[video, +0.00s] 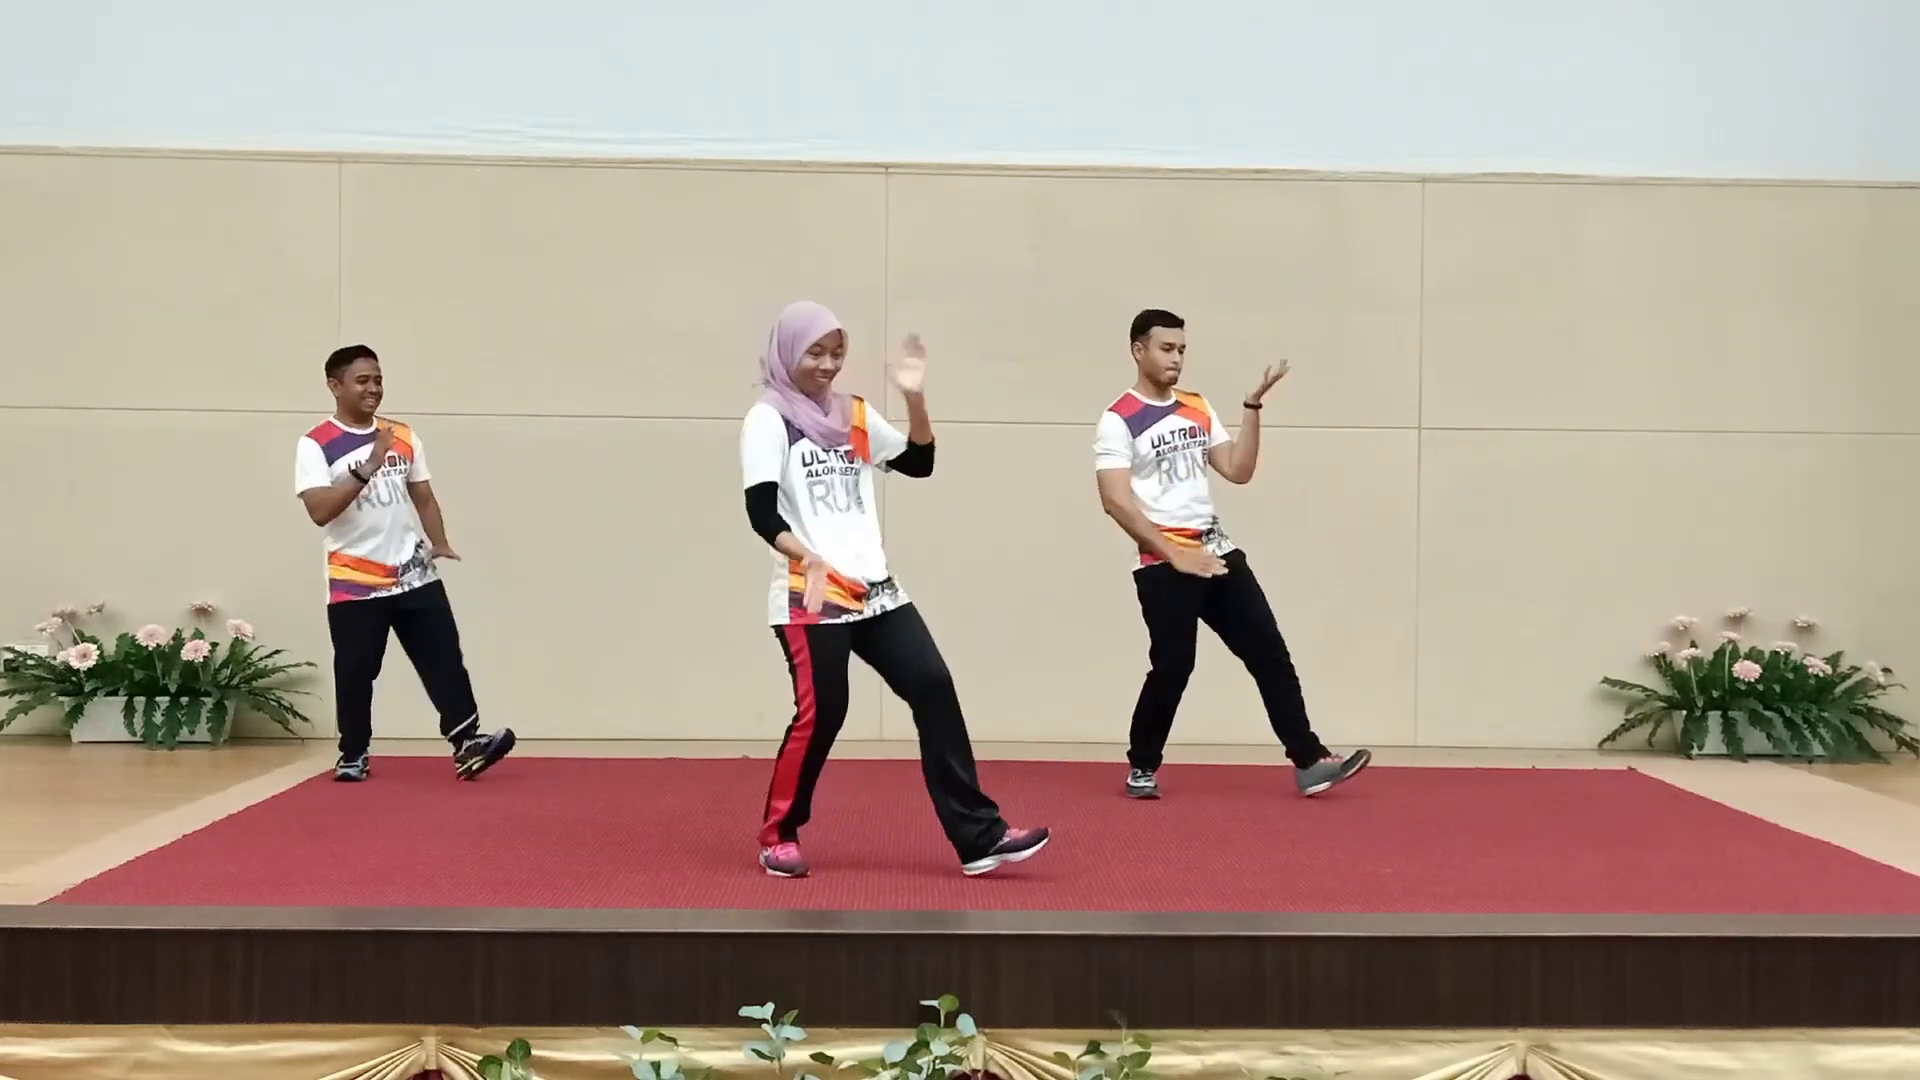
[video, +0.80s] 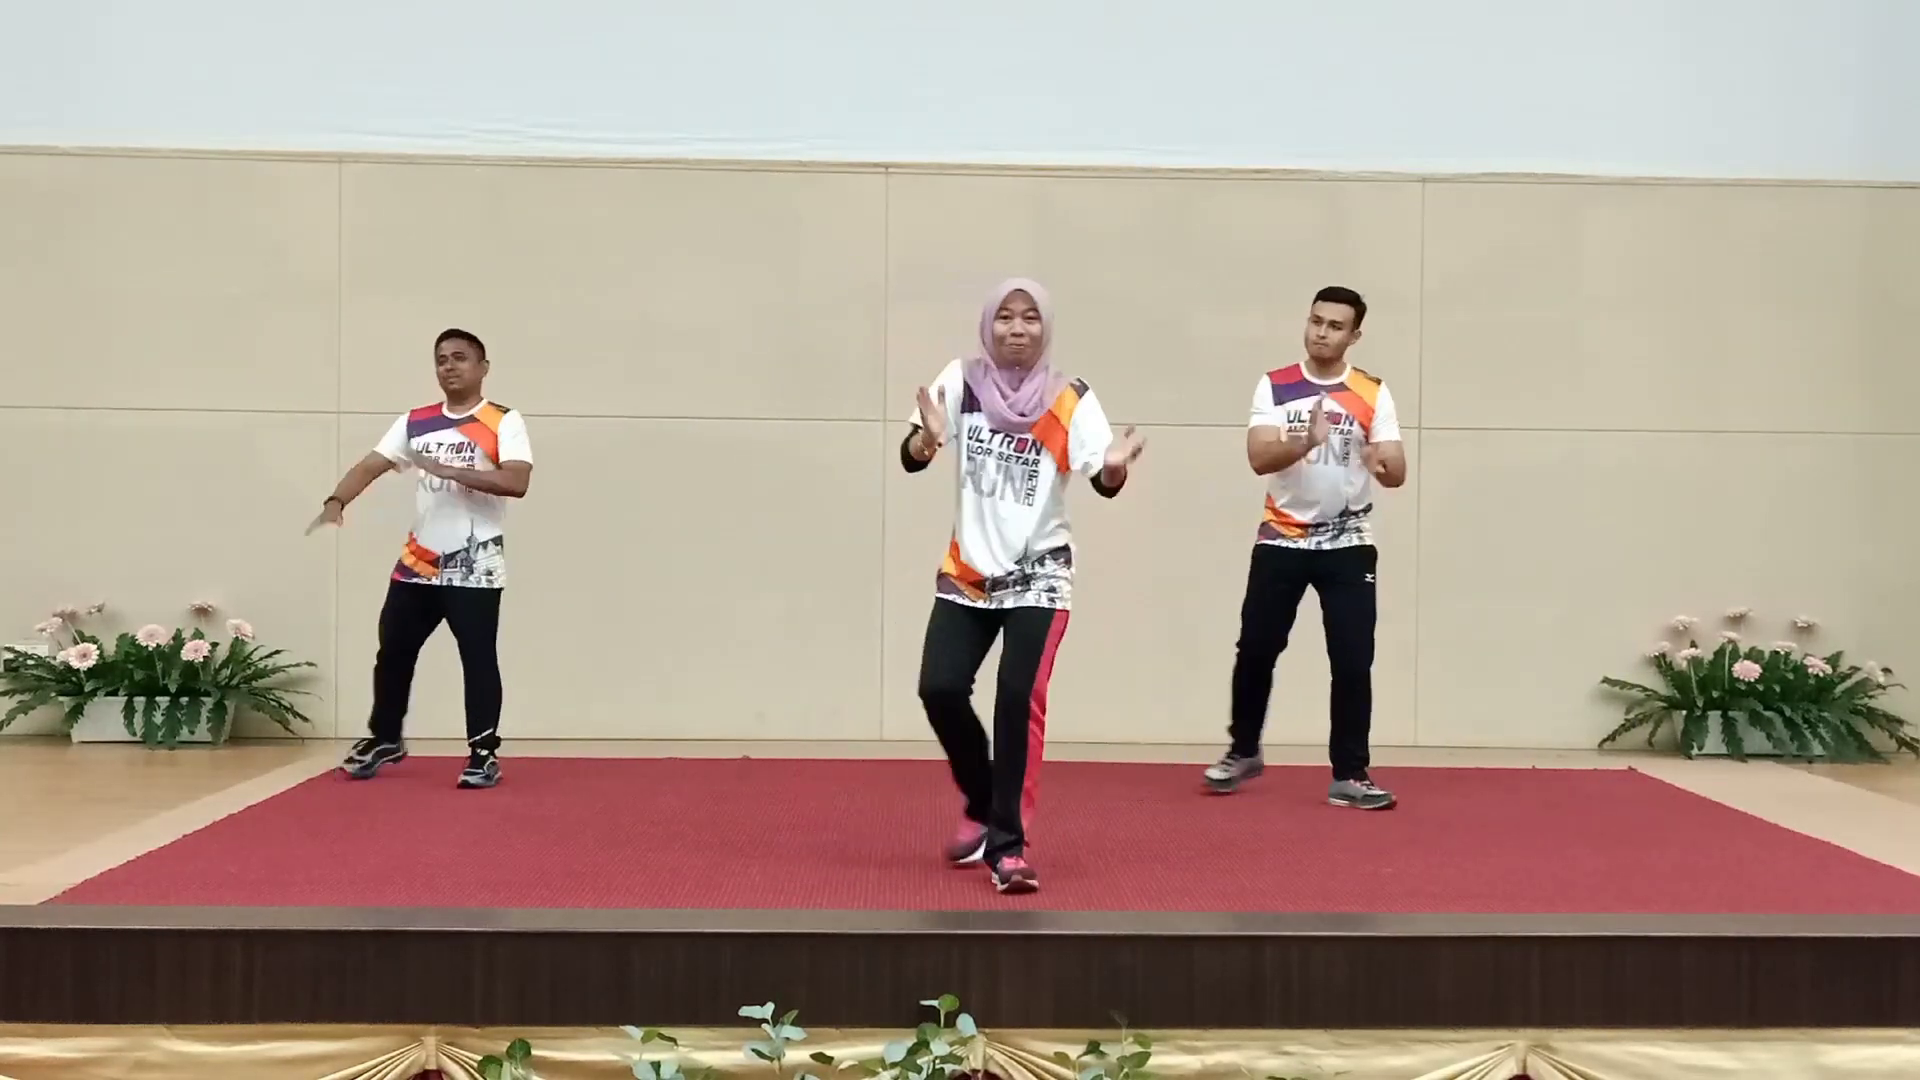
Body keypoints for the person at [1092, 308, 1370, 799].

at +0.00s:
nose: (1176, 358)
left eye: (1181, 350)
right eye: (1166, 349)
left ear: (1184, 354)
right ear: (1138, 350)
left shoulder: (1195, 407)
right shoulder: (1119, 419)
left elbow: (1239, 470)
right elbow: (1116, 500)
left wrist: (1251, 408)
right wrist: (1174, 553)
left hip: (1218, 557)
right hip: (1165, 567)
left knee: (1270, 656)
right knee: (1173, 666)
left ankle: (1310, 763)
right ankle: (1143, 767)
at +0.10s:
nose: (1181, 352)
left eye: (1186, 344)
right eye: (1172, 342)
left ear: (1190, 349)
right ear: (1144, 344)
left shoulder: (1198, 403)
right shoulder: (1122, 413)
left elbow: (1244, 464)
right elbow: (1120, 493)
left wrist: (1253, 404)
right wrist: (1185, 537)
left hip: (1219, 553)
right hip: (1164, 565)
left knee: (1275, 643)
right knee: (1168, 667)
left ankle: (1307, 756)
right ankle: (1142, 767)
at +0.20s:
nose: (1194, 334)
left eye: (1202, 326)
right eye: (1184, 323)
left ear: (1208, 333)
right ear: (1161, 326)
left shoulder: (1218, 388)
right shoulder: (1135, 392)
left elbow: (1264, 449)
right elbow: (1136, 468)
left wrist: (1269, 393)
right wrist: (1215, 481)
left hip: (1224, 539)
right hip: (1168, 549)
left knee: (1281, 633)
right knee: (1160, 659)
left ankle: (1316, 742)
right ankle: (1141, 764)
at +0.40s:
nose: (1226, 331)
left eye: (1237, 324)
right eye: (1218, 320)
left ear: (1248, 331)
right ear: (1200, 321)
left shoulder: (1255, 386)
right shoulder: (1169, 378)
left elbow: (1306, 454)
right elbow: (1172, 445)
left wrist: (1309, 423)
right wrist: (1241, 418)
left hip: (1246, 535)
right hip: (1186, 539)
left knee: (1294, 639)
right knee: (1168, 653)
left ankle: (1336, 749)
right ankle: (1143, 763)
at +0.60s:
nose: (1277, 342)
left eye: (1289, 334)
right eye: (1270, 330)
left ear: (1305, 342)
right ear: (1256, 331)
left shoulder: (1320, 402)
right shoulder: (1225, 390)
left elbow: (1345, 465)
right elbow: (1217, 460)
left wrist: (1353, 493)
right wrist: (1263, 406)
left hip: (1296, 552)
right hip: (1231, 552)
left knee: (1328, 660)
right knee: (1197, 657)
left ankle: (1346, 775)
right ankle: (1148, 763)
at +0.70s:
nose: (1302, 340)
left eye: (1314, 332)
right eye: (1295, 328)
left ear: (1333, 341)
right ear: (1283, 331)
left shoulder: (1350, 400)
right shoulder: (1253, 390)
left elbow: (1373, 471)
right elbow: (1240, 461)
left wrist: (1368, 493)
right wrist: (1290, 412)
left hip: (1327, 550)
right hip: (1260, 549)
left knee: (1348, 662)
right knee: (1222, 653)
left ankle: (1349, 777)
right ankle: (1177, 758)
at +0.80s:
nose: (1322, 332)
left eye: (1335, 326)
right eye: (1317, 321)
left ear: (1354, 336)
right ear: (1305, 323)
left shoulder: (1374, 394)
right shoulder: (1273, 385)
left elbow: (1396, 475)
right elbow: (1259, 459)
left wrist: (1373, 455)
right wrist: (1306, 441)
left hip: (1347, 546)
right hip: (1281, 543)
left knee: (1353, 664)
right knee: (1255, 649)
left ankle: (1350, 777)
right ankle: (1243, 754)